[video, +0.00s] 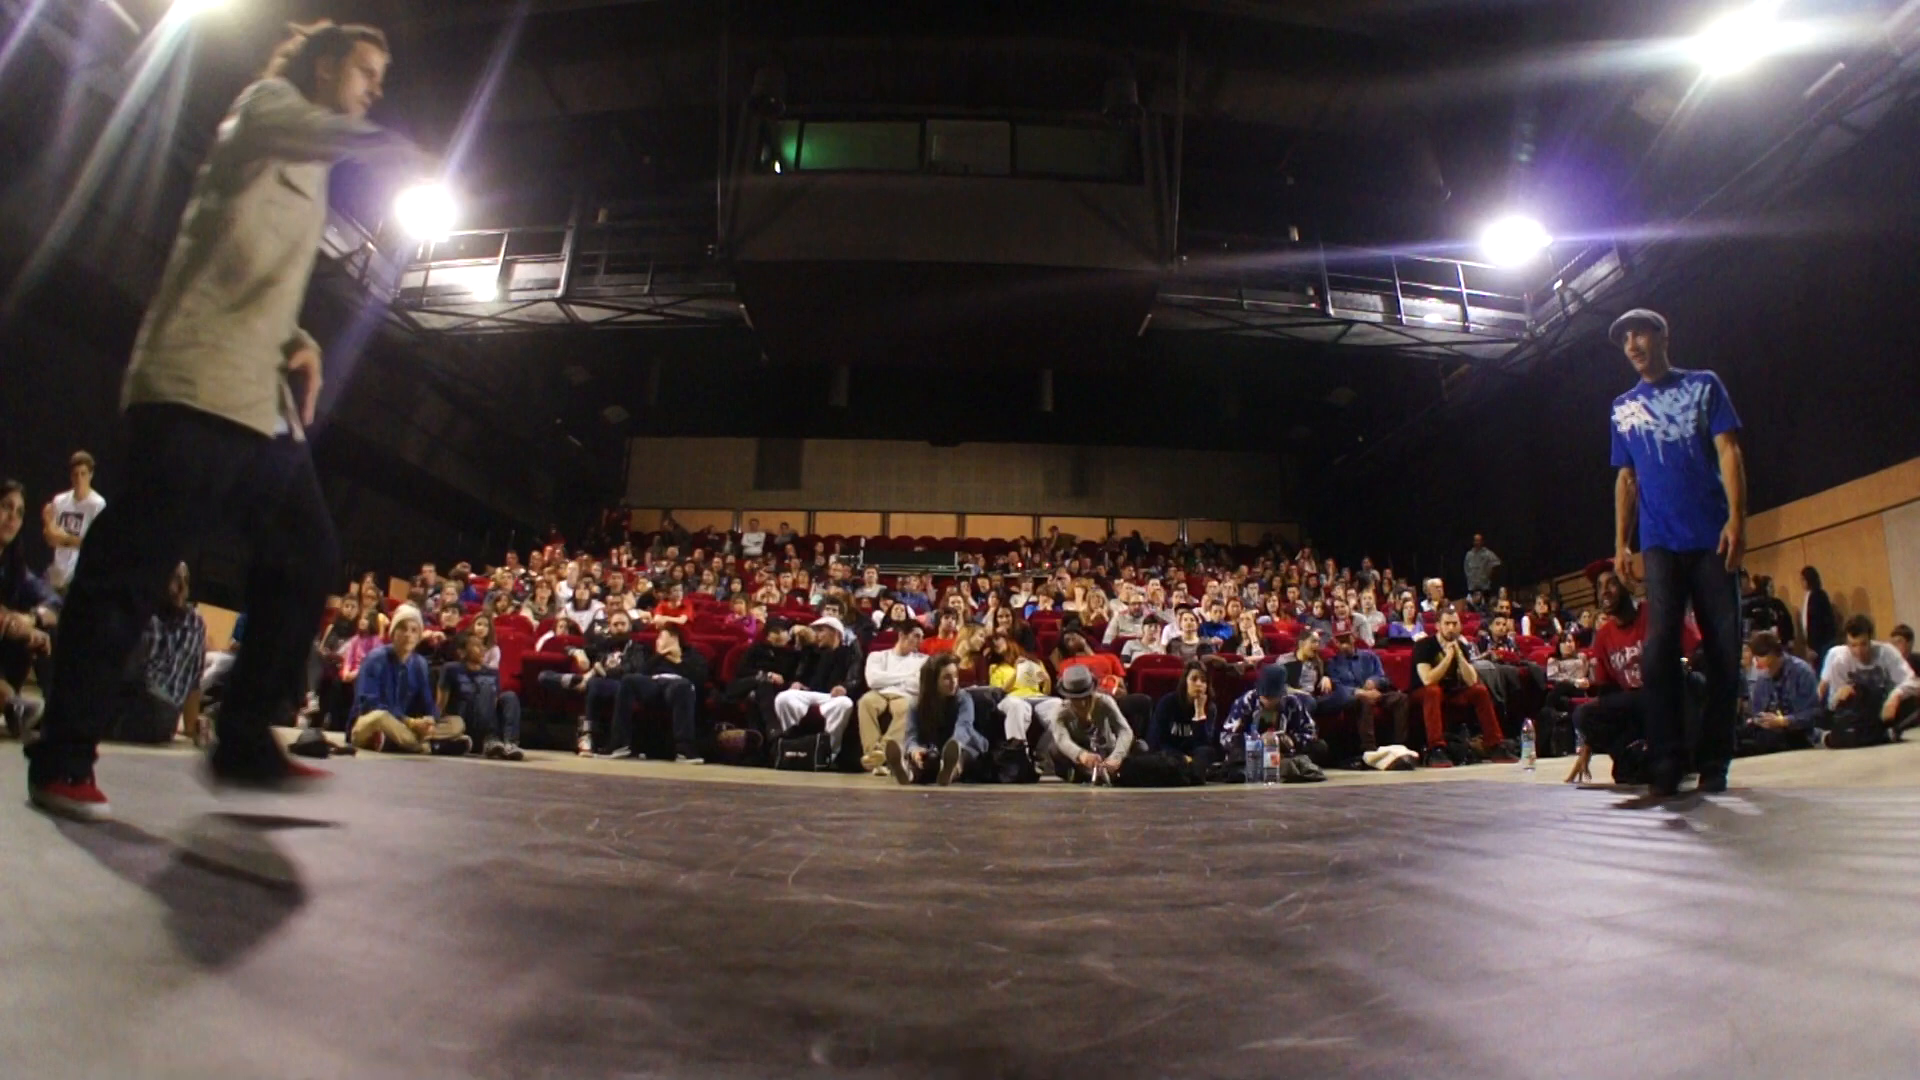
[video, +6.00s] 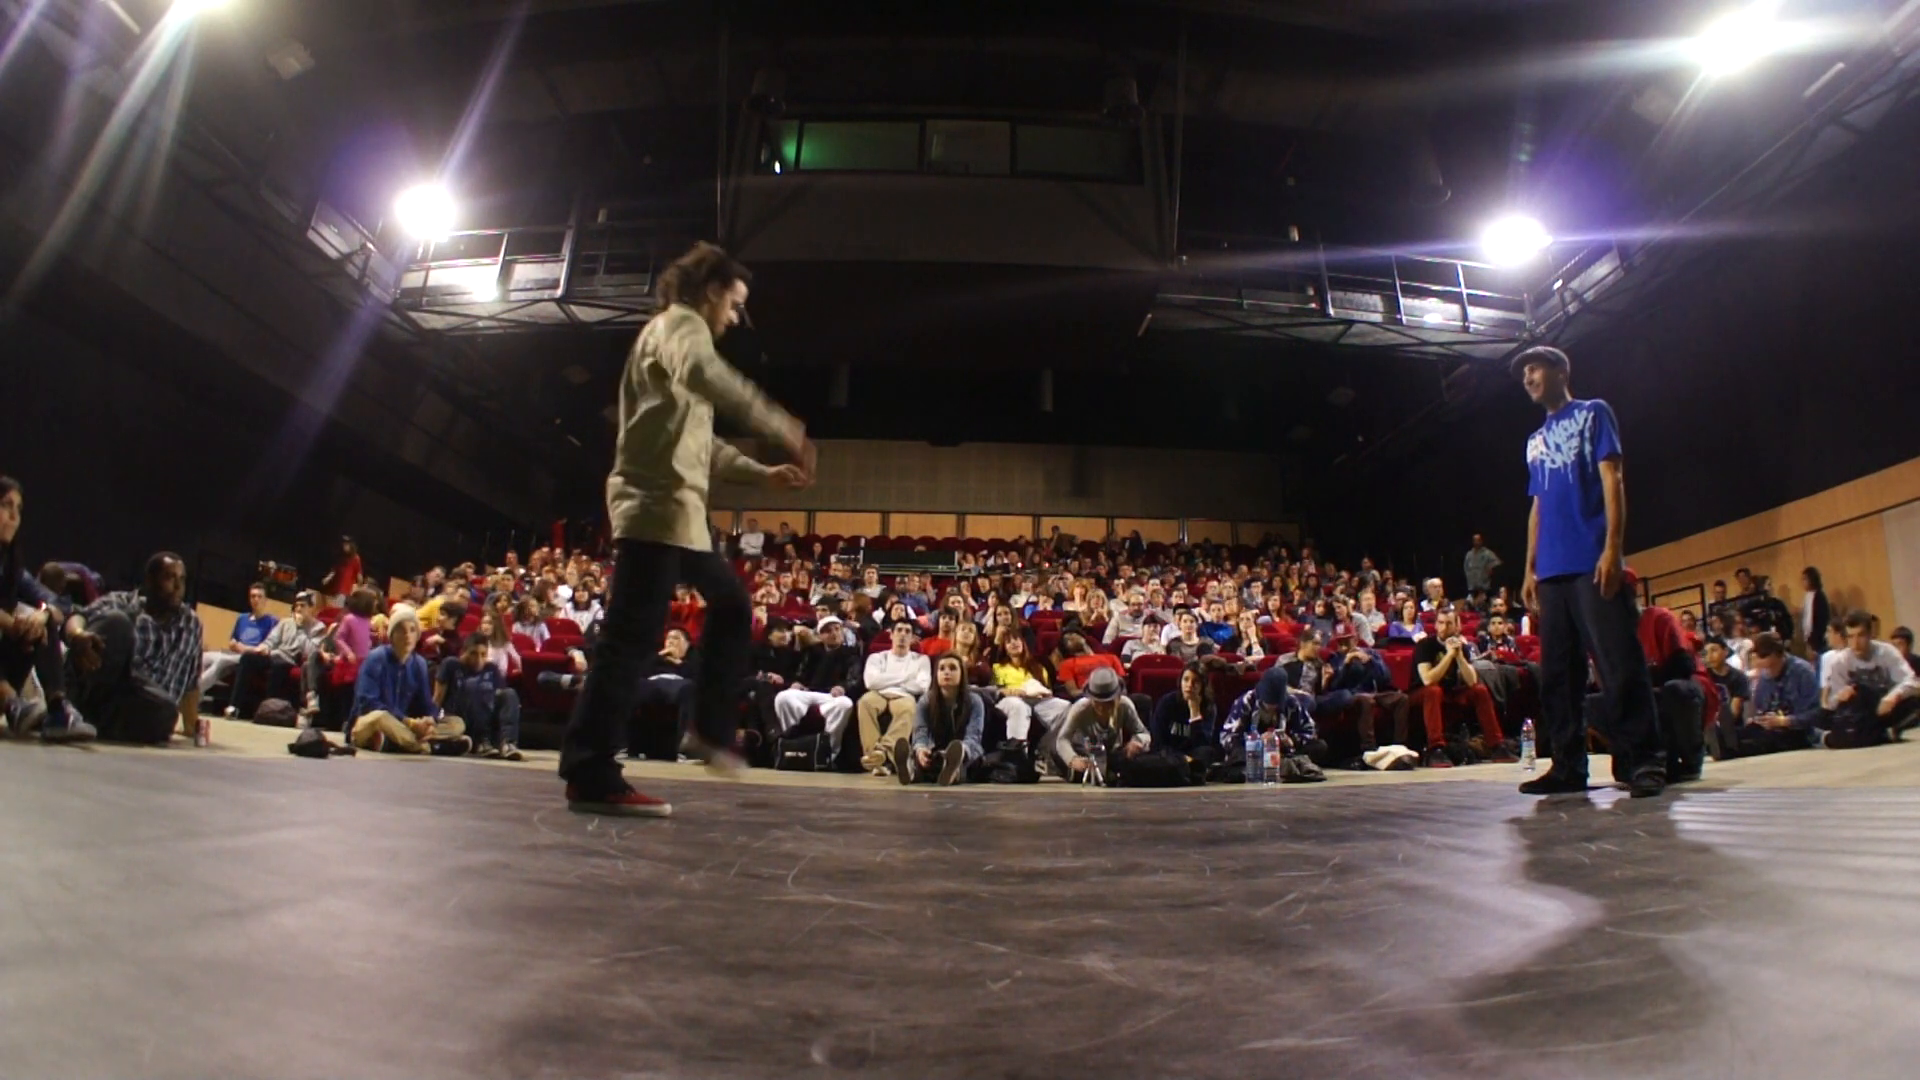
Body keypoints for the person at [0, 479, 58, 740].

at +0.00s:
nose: (12, 518)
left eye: (19, 512)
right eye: (6, 508)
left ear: (23, 519)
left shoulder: (13, 563)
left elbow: (53, 600)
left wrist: (31, 618)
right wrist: (22, 629)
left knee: (24, 640)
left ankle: (11, 708)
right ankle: (11, 704)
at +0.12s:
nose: (12, 519)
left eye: (18, 513)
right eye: (6, 509)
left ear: (22, 520)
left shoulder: (13, 564)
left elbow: (57, 603)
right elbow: (4, 613)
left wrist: (33, 618)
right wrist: (23, 626)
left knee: (44, 630)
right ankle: (10, 705)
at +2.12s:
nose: (15, 519)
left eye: (20, 513)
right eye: (9, 509)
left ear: (22, 518)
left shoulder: (10, 563)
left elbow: (58, 603)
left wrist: (42, 611)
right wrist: (12, 618)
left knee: (42, 620)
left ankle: (55, 705)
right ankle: (9, 701)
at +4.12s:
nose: (14, 519)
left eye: (18, 512)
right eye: (8, 509)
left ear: (21, 517)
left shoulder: (11, 560)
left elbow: (54, 605)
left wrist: (40, 613)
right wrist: (11, 624)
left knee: (43, 623)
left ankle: (55, 707)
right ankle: (11, 704)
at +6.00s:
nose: (14, 516)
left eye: (17, 508)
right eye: (7, 506)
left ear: (20, 515)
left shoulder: (11, 567)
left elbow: (59, 608)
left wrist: (43, 614)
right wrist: (12, 622)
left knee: (43, 624)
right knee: (16, 628)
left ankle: (58, 709)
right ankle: (11, 703)